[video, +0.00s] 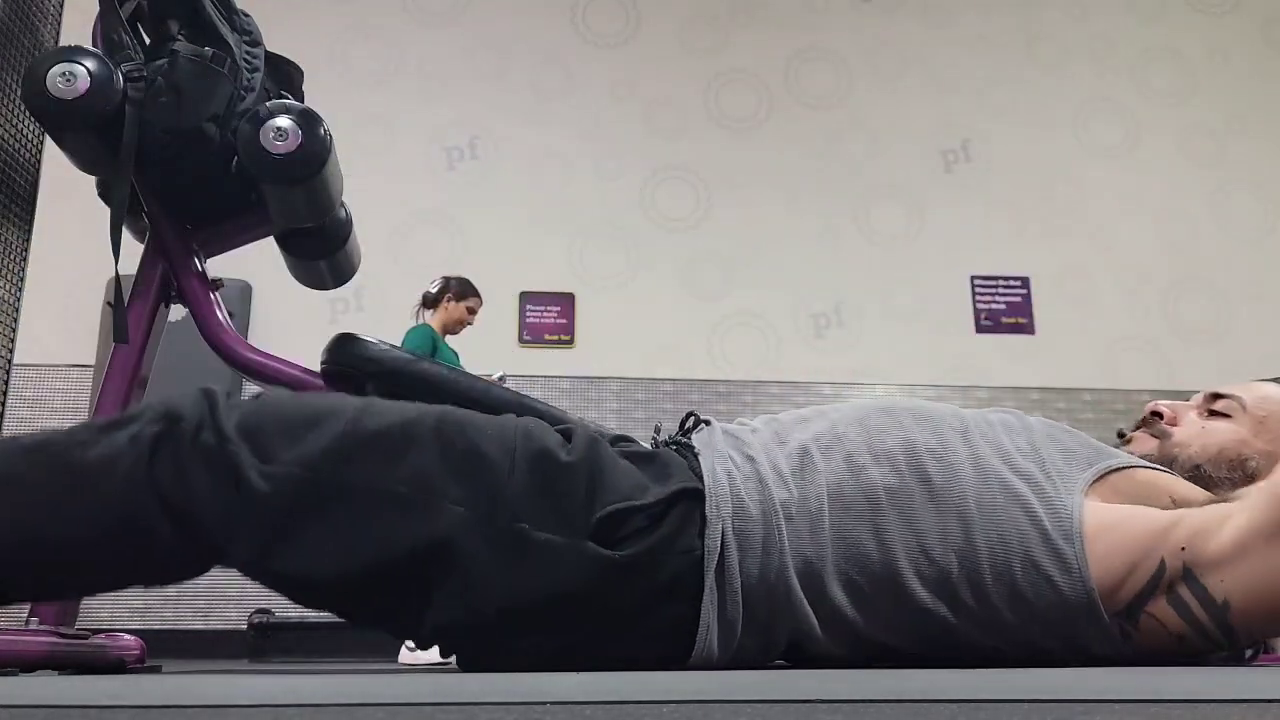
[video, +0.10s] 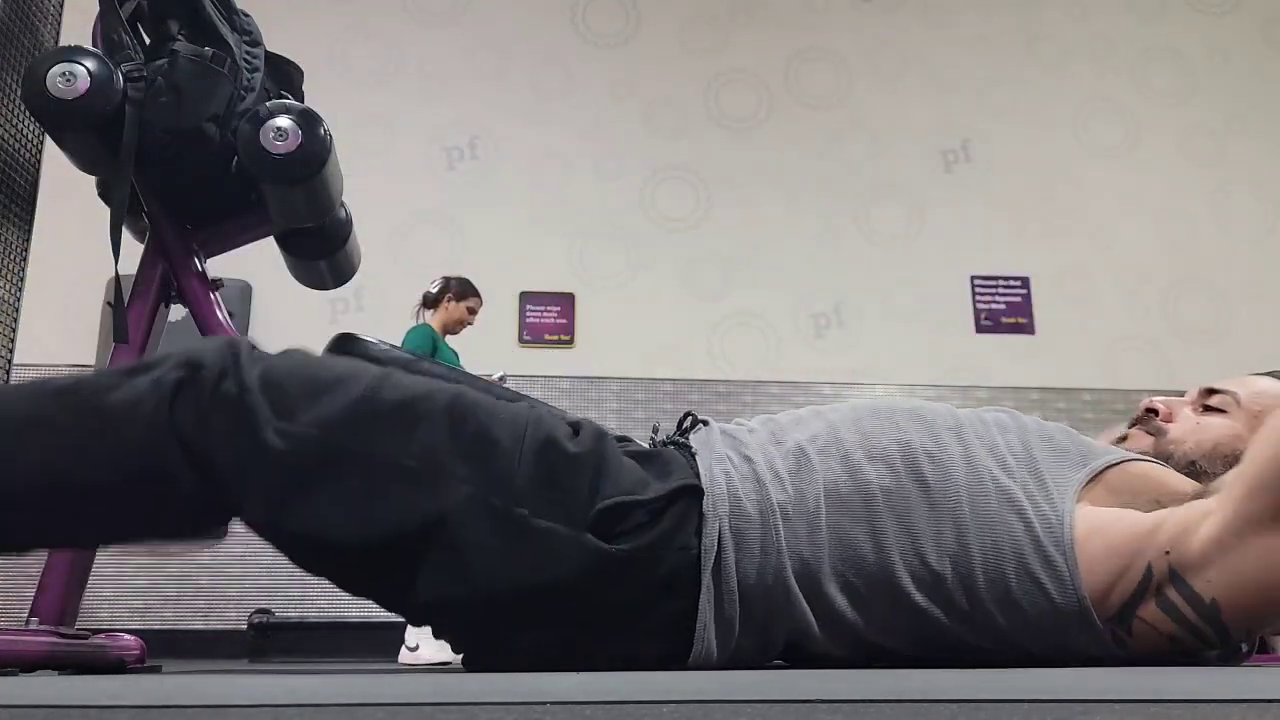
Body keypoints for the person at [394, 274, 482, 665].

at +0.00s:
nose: (471, 320)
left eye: (475, 314)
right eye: (469, 311)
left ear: (453, 306)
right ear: (447, 301)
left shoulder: (446, 350)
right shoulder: (420, 337)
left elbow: (450, 392)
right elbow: (409, 387)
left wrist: (481, 387)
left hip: (447, 454)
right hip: (423, 454)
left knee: (445, 548)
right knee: (430, 548)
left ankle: (438, 639)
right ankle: (416, 640)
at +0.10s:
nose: (471, 321)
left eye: (475, 314)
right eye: (470, 311)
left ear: (452, 305)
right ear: (448, 301)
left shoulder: (443, 348)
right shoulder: (421, 336)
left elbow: (445, 392)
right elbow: (407, 390)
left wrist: (481, 387)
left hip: (443, 459)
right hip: (423, 459)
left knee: (440, 549)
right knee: (431, 549)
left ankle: (431, 638)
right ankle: (418, 638)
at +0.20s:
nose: (471, 321)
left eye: (474, 314)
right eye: (469, 311)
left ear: (450, 304)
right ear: (447, 301)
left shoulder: (433, 344)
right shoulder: (421, 343)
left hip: (434, 466)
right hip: (420, 467)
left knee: (434, 546)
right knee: (428, 545)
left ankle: (429, 634)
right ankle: (421, 636)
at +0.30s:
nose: (474, 321)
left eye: (477, 313)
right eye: (471, 311)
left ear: (453, 305)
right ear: (447, 302)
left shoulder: (443, 352)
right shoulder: (427, 351)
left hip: (435, 463)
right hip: (427, 465)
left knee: (439, 533)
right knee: (434, 533)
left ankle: (427, 633)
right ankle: (422, 634)